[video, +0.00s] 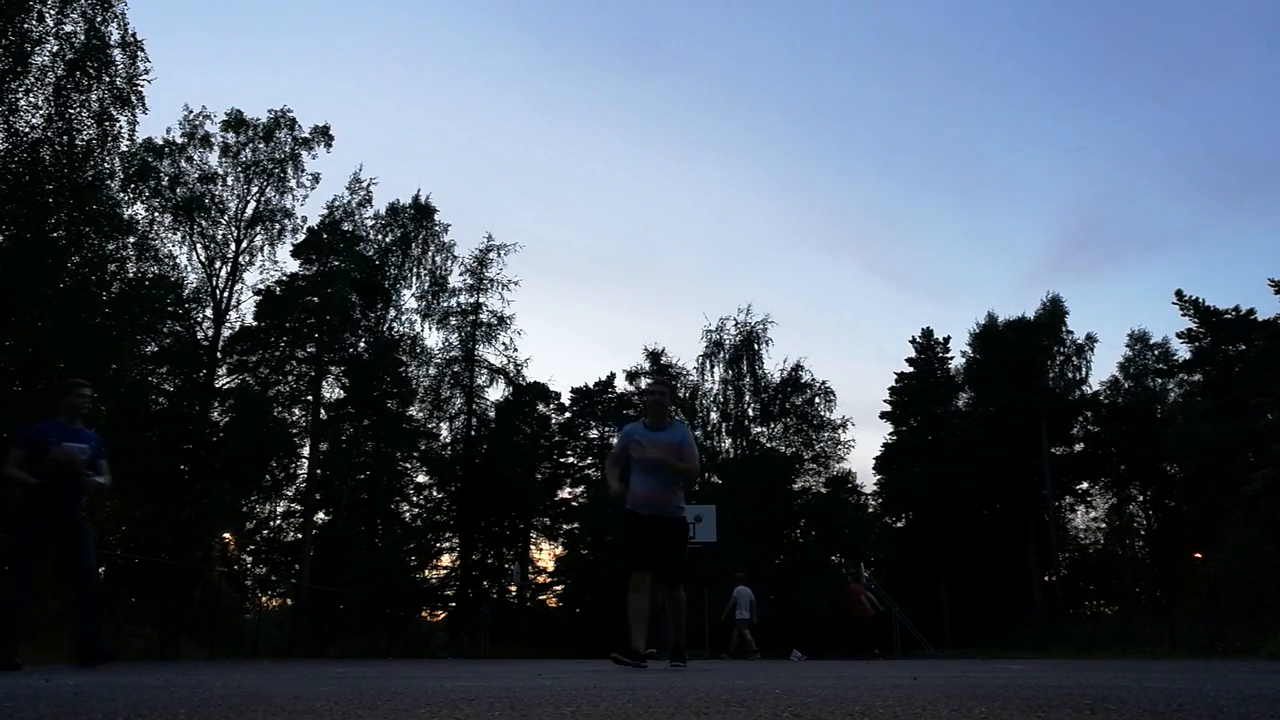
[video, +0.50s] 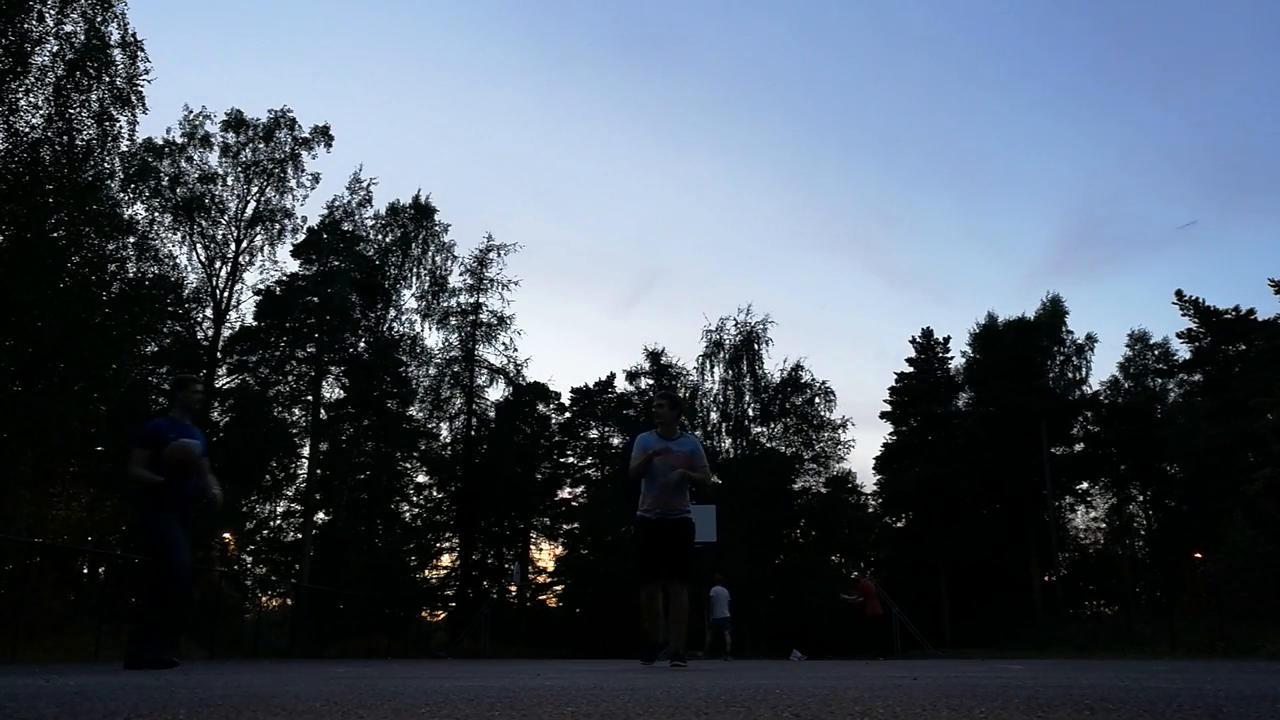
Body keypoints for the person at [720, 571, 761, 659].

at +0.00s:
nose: (737, 582)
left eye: (737, 581)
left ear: (737, 581)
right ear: (744, 581)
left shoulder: (737, 590)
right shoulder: (748, 590)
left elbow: (732, 602)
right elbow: (753, 602)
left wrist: (725, 613)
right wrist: (754, 614)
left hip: (739, 616)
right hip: (747, 616)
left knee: (746, 633)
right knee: (737, 633)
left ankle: (754, 651)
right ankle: (732, 650)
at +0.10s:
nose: (732, 582)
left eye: (732, 580)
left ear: (732, 581)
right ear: (739, 581)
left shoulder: (731, 589)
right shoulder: (743, 590)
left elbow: (727, 601)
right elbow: (748, 601)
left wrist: (721, 612)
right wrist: (747, 613)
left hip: (733, 616)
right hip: (741, 616)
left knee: (735, 633)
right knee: (735, 633)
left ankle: (749, 647)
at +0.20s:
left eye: (728, 579)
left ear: (728, 580)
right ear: (735, 580)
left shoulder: (727, 589)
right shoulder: (738, 589)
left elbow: (724, 600)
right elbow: (742, 600)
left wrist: (719, 610)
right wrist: (741, 610)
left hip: (728, 615)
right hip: (737, 614)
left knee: (726, 632)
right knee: (733, 632)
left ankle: (738, 643)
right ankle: (729, 653)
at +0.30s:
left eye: (724, 579)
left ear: (723, 579)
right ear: (731, 579)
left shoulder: (722, 588)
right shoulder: (734, 588)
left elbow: (720, 600)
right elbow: (738, 599)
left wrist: (717, 610)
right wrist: (736, 608)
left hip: (724, 613)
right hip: (733, 613)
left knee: (720, 631)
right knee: (731, 631)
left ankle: (727, 646)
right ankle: (730, 648)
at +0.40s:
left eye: (720, 580)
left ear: (719, 580)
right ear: (726, 580)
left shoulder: (718, 589)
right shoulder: (729, 589)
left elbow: (716, 601)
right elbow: (732, 599)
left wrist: (714, 611)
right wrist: (731, 609)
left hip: (719, 614)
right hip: (729, 614)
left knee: (716, 632)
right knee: (729, 633)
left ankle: (717, 651)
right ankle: (729, 651)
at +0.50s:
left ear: (715, 582)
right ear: (722, 582)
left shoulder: (713, 590)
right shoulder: (725, 591)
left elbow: (711, 603)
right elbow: (728, 601)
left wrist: (710, 613)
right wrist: (726, 610)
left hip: (715, 615)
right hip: (725, 615)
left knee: (711, 632)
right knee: (726, 633)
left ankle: (709, 651)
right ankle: (728, 651)